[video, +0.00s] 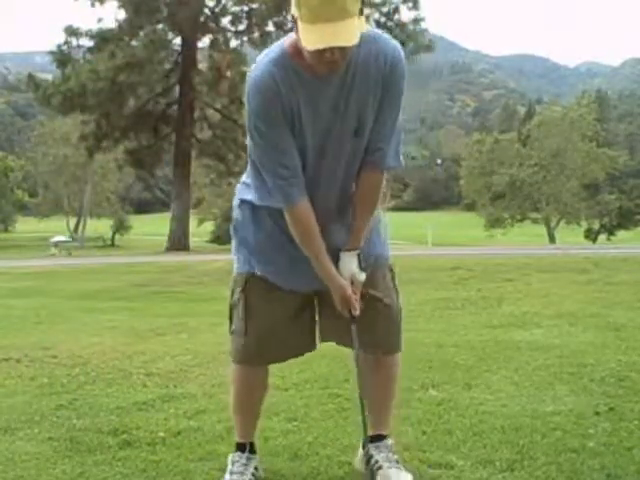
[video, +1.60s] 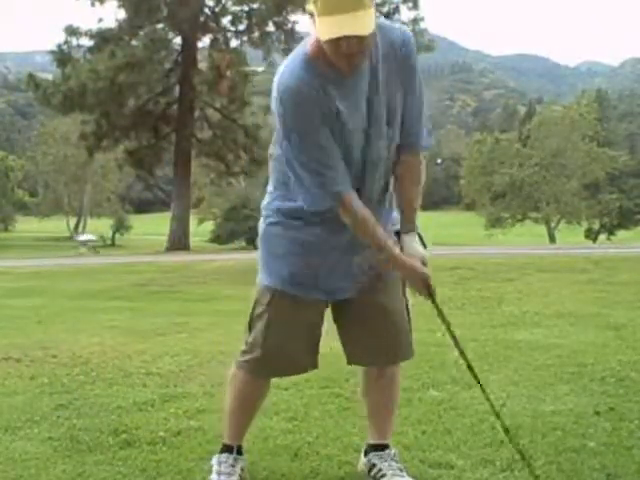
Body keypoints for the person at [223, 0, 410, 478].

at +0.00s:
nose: (329, 53)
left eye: (340, 41)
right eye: (317, 43)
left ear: (358, 23)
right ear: (295, 23)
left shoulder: (385, 59)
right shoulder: (268, 79)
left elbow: (376, 161)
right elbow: (288, 192)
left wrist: (353, 250)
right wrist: (330, 273)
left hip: (356, 221)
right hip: (274, 222)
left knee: (382, 328)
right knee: (251, 340)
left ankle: (379, 446)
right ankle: (243, 453)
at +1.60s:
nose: (351, 48)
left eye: (359, 36)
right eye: (338, 39)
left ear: (374, 19)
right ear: (315, 26)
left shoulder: (397, 46)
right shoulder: (296, 84)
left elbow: (409, 148)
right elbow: (341, 195)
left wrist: (410, 232)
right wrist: (399, 259)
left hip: (372, 223)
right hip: (299, 227)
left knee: (386, 341)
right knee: (265, 347)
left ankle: (379, 452)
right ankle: (229, 455)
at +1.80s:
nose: (337, 44)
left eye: (346, 30)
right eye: (325, 34)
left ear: (361, 15)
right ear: (305, 24)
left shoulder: (379, 31)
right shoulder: (298, 90)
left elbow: (416, 119)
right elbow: (368, 183)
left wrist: (441, 204)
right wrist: (445, 233)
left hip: (364, 219)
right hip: (294, 226)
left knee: (383, 339)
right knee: (261, 347)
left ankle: (379, 451)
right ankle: (228, 454)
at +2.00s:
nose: (307, 37)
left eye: (318, 24)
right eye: (294, 27)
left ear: (336, 10)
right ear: (277, 18)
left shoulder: (365, 32)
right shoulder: (264, 81)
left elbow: (394, 128)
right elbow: (317, 186)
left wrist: (398, 208)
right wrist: (382, 249)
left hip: (346, 217)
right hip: (269, 221)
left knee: (369, 339)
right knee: (241, 348)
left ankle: (378, 455)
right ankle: (226, 457)